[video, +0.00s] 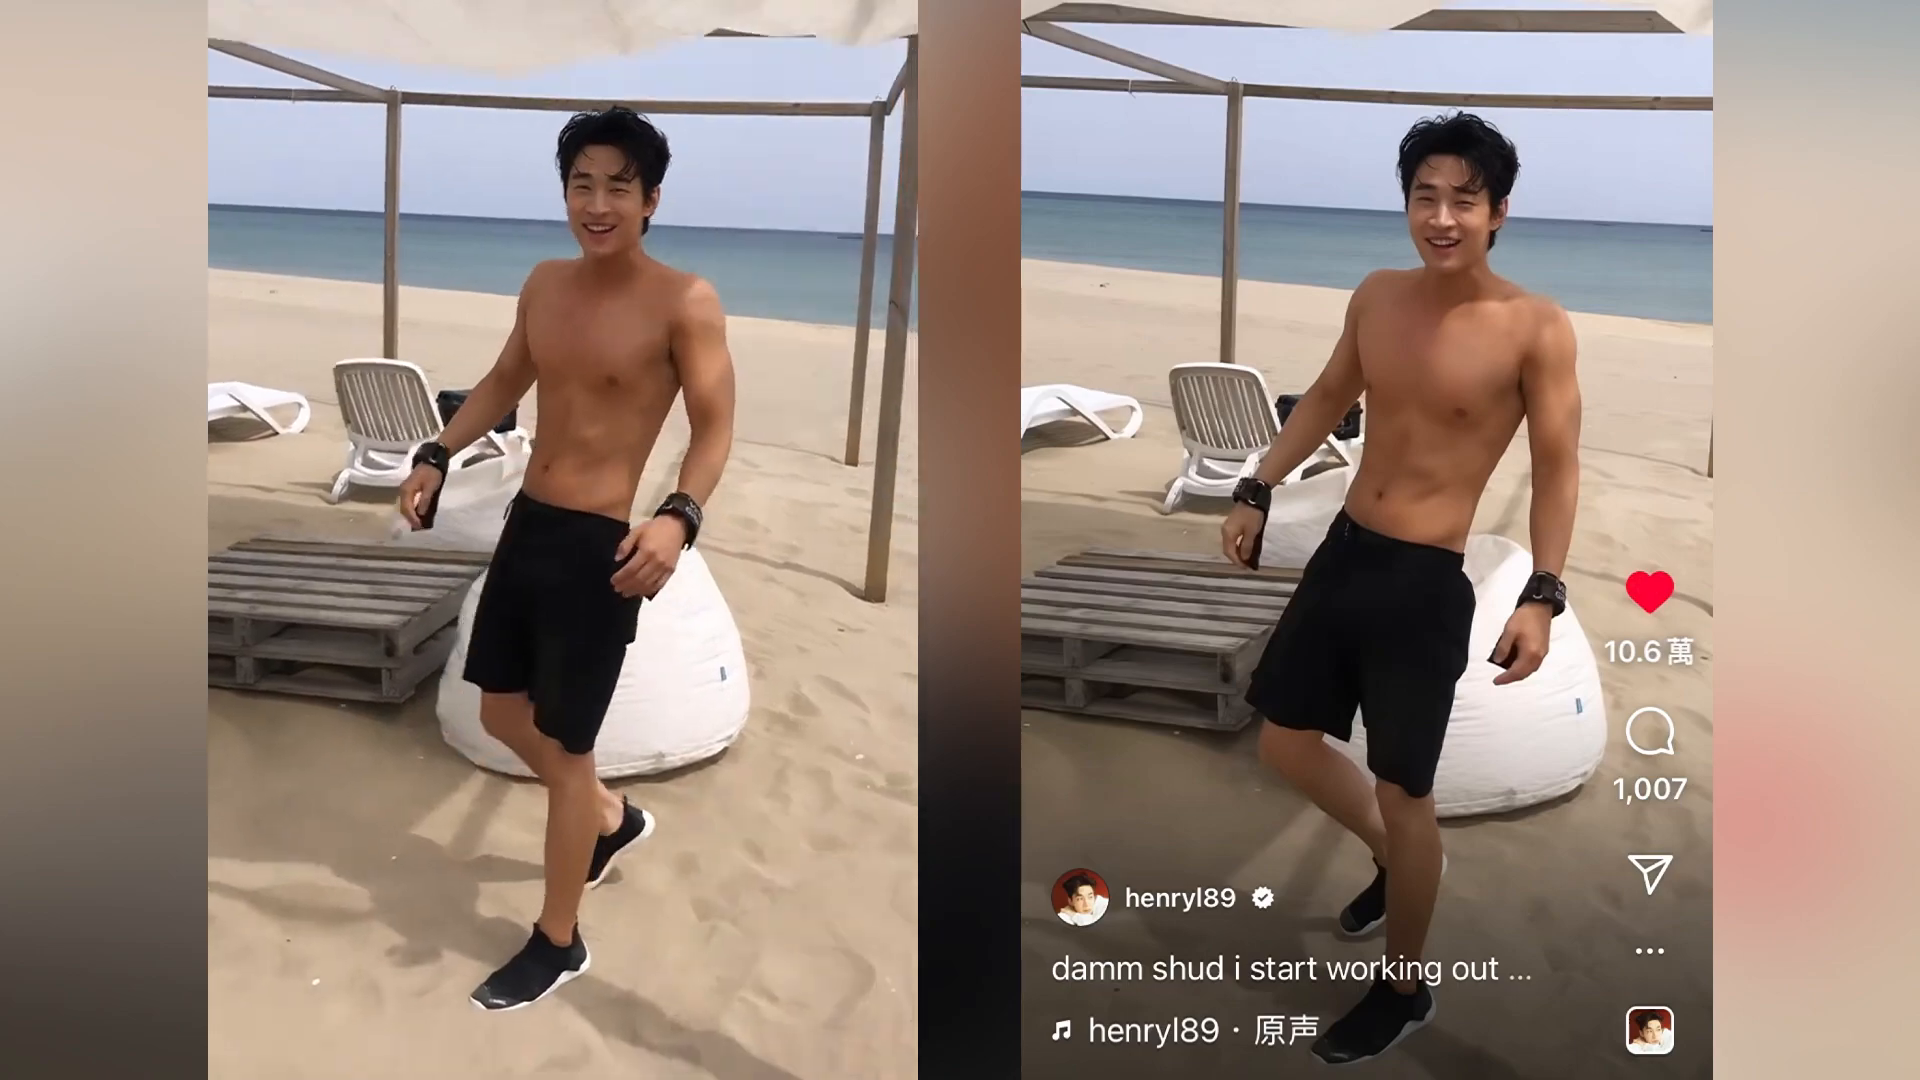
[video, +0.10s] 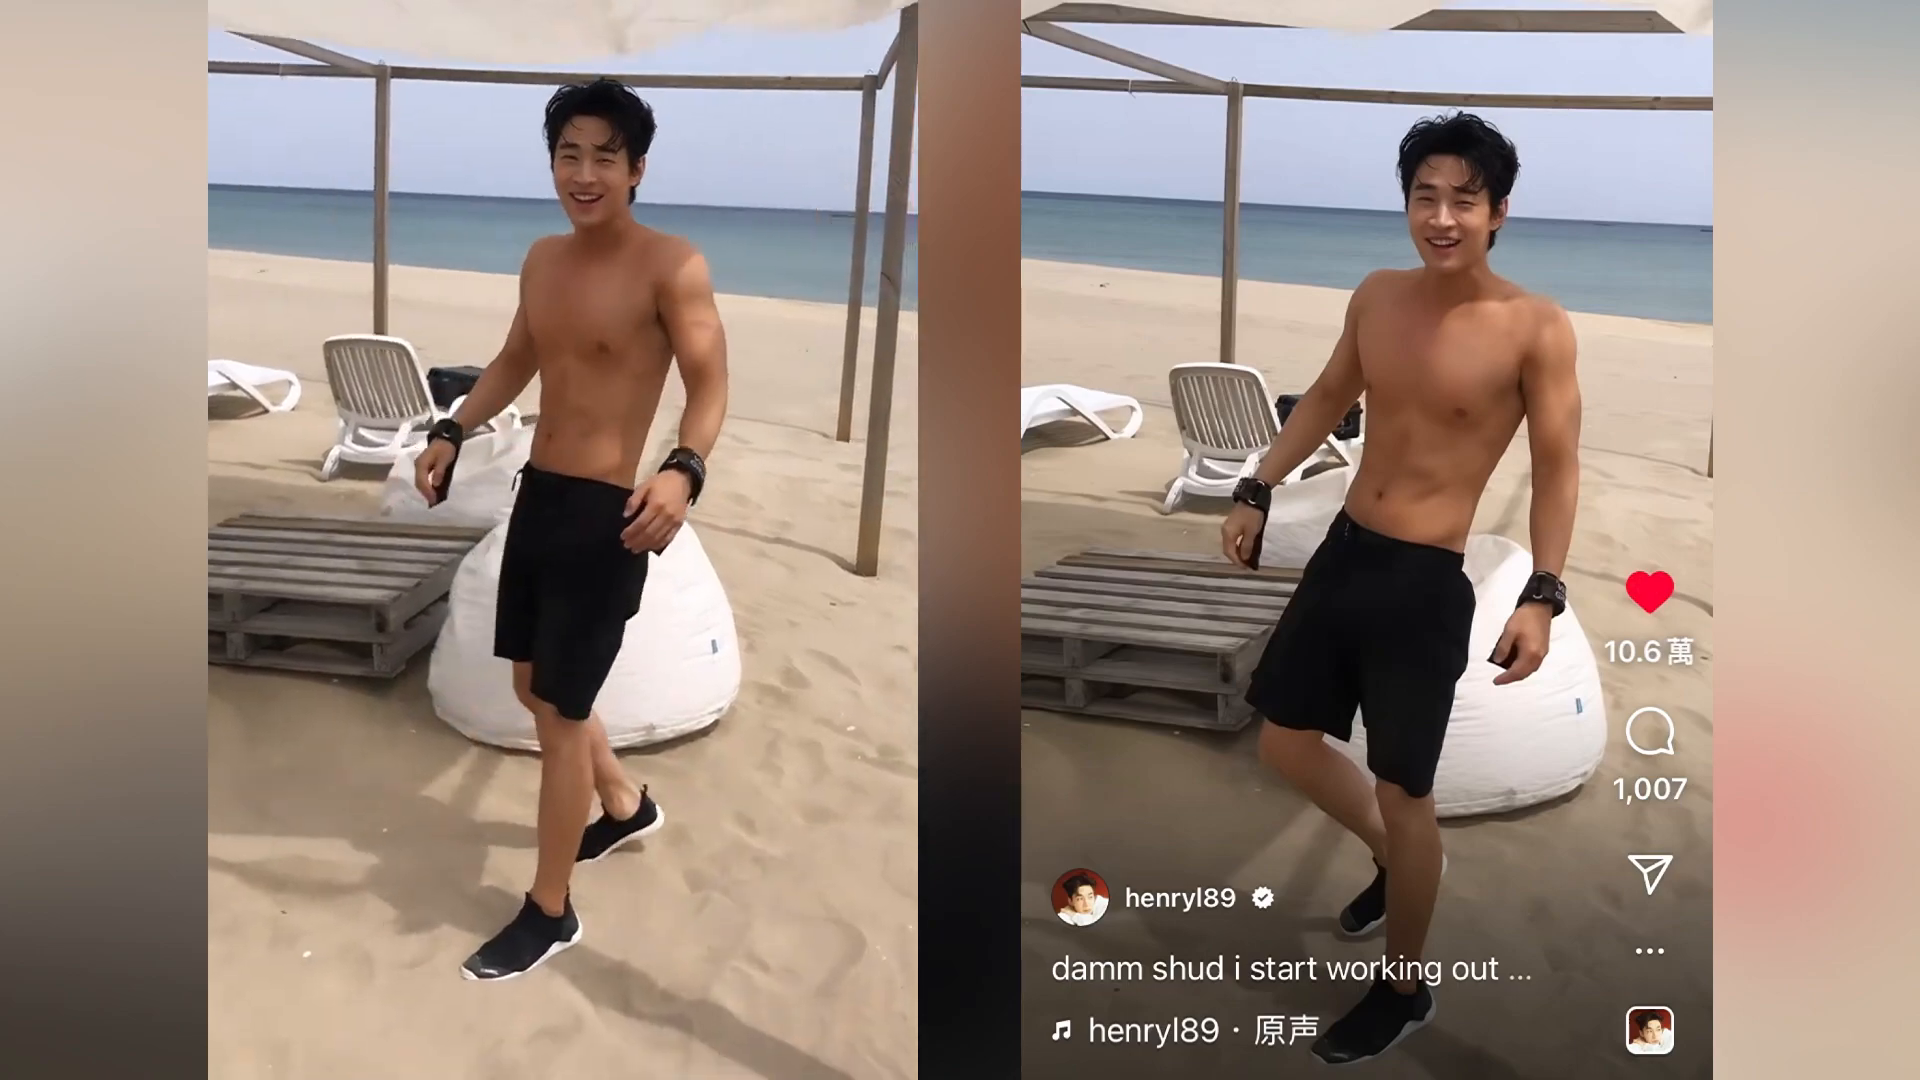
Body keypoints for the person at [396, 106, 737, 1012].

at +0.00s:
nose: (596, 202)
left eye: (617, 185)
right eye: (582, 184)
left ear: (651, 197)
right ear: (564, 193)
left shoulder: (684, 303)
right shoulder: (546, 285)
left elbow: (714, 429)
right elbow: (504, 382)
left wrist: (678, 518)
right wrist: (437, 449)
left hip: (598, 545)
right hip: (528, 527)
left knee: (566, 748)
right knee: (504, 708)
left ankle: (557, 939)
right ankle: (604, 819)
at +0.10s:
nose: (582, 172)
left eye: (603, 155)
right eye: (567, 154)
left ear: (637, 164)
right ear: (551, 162)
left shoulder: (672, 267)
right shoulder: (544, 257)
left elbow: (707, 386)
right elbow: (516, 359)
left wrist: (684, 470)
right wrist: (454, 429)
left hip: (605, 510)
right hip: (538, 497)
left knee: (564, 711)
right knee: (532, 681)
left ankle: (550, 907)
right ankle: (619, 802)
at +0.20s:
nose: (571, 168)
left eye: (591, 151)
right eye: (557, 151)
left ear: (624, 159)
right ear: (542, 158)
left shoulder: (662, 248)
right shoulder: (549, 257)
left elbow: (702, 361)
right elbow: (533, 361)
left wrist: (694, 458)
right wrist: (477, 438)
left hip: (614, 499)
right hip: (552, 488)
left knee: (562, 695)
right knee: (561, 666)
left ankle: (546, 891)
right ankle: (626, 798)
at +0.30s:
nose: (567, 181)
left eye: (585, 165)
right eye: (552, 166)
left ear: (617, 175)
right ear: (538, 179)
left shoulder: (656, 255)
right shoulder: (555, 280)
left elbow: (703, 371)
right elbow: (553, 384)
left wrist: (704, 482)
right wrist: (508, 472)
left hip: (623, 507)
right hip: (566, 498)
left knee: (567, 700)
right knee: (582, 674)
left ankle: (548, 897)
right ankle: (628, 811)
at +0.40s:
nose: (570, 208)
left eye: (588, 192)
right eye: (556, 193)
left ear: (620, 202)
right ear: (542, 206)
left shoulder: (657, 279)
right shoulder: (567, 303)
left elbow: (706, 386)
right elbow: (576, 407)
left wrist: (719, 504)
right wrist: (553, 495)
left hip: (631, 527)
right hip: (581, 519)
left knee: (579, 715)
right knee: (600, 694)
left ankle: (559, 916)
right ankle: (632, 837)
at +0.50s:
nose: (574, 246)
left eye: (591, 231)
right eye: (561, 232)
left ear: (623, 242)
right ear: (547, 247)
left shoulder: (657, 319)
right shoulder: (575, 342)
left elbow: (707, 426)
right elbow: (598, 451)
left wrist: (726, 537)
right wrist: (580, 540)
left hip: (638, 566)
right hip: (593, 560)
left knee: (586, 754)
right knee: (612, 734)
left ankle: (575, 959)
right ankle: (632, 880)